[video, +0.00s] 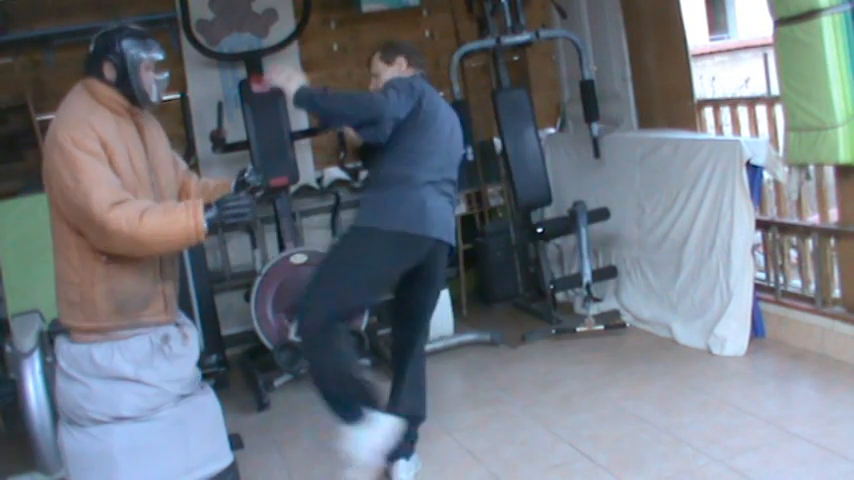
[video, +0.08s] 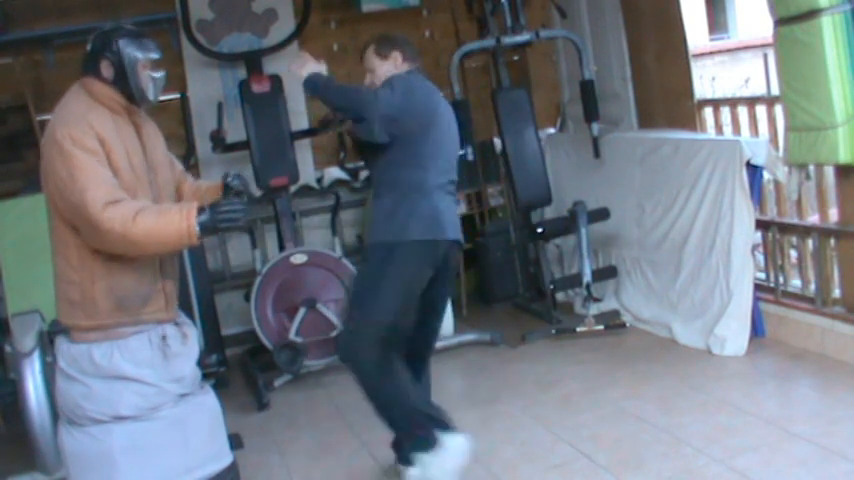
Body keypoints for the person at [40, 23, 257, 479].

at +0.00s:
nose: (155, 78)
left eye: (156, 66)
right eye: (145, 67)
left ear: (120, 67)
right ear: (111, 66)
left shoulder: (142, 120)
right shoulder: (74, 129)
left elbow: (182, 187)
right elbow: (113, 222)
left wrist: (236, 187)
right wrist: (205, 217)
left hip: (158, 320)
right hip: (105, 334)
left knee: (187, 448)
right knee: (124, 459)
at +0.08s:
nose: (150, 75)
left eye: (151, 64)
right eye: (140, 64)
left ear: (117, 67)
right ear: (108, 65)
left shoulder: (138, 120)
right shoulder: (72, 127)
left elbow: (178, 189)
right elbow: (108, 222)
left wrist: (226, 189)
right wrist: (199, 220)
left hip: (158, 316)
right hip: (105, 330)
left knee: (189, 447)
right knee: (126, 458)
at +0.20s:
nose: (143, 73)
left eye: (143, 63)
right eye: (132, 63)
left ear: (108, 68)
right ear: (100, 66)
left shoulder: (135, 121)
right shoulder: (66, 129)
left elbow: (173, 188)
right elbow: (107, 222)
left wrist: (223, 191)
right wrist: (200, 219)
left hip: (156, 316)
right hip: (102, 329)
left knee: (191, 444)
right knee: (123, 456)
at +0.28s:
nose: (146, 76)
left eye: (147, 65)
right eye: (136, 65)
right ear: (103, 67)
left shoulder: (137, 120)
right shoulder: (69, 130)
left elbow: (176, 188)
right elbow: (111, 223)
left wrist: (228, 189)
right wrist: (205, 215)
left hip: (157, 317)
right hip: (103, 331)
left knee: (191, 447)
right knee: (125, 459)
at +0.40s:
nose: (150, 76)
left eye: (150, 65)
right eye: (140, 65)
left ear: (118, 67)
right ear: (108, 66)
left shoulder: (140, 121)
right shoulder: (72, 128)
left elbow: (177, 188)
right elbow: (113, 219)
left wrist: (228, 188)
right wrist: (205, 213)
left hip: (158, 317)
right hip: (104, 330)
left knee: (190, 447)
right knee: (125, 458)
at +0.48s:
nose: (146, 75)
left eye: (147, 64)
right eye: (136, 65)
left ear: (113, 68)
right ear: (103, 66)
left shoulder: (136, 121)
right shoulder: (69, 129)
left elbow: (175, 189)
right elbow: (110, 220)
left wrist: (228, 188)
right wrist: (203, 214)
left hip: (157, 319)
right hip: (104, 331)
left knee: (194, 450)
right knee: (125, 460)